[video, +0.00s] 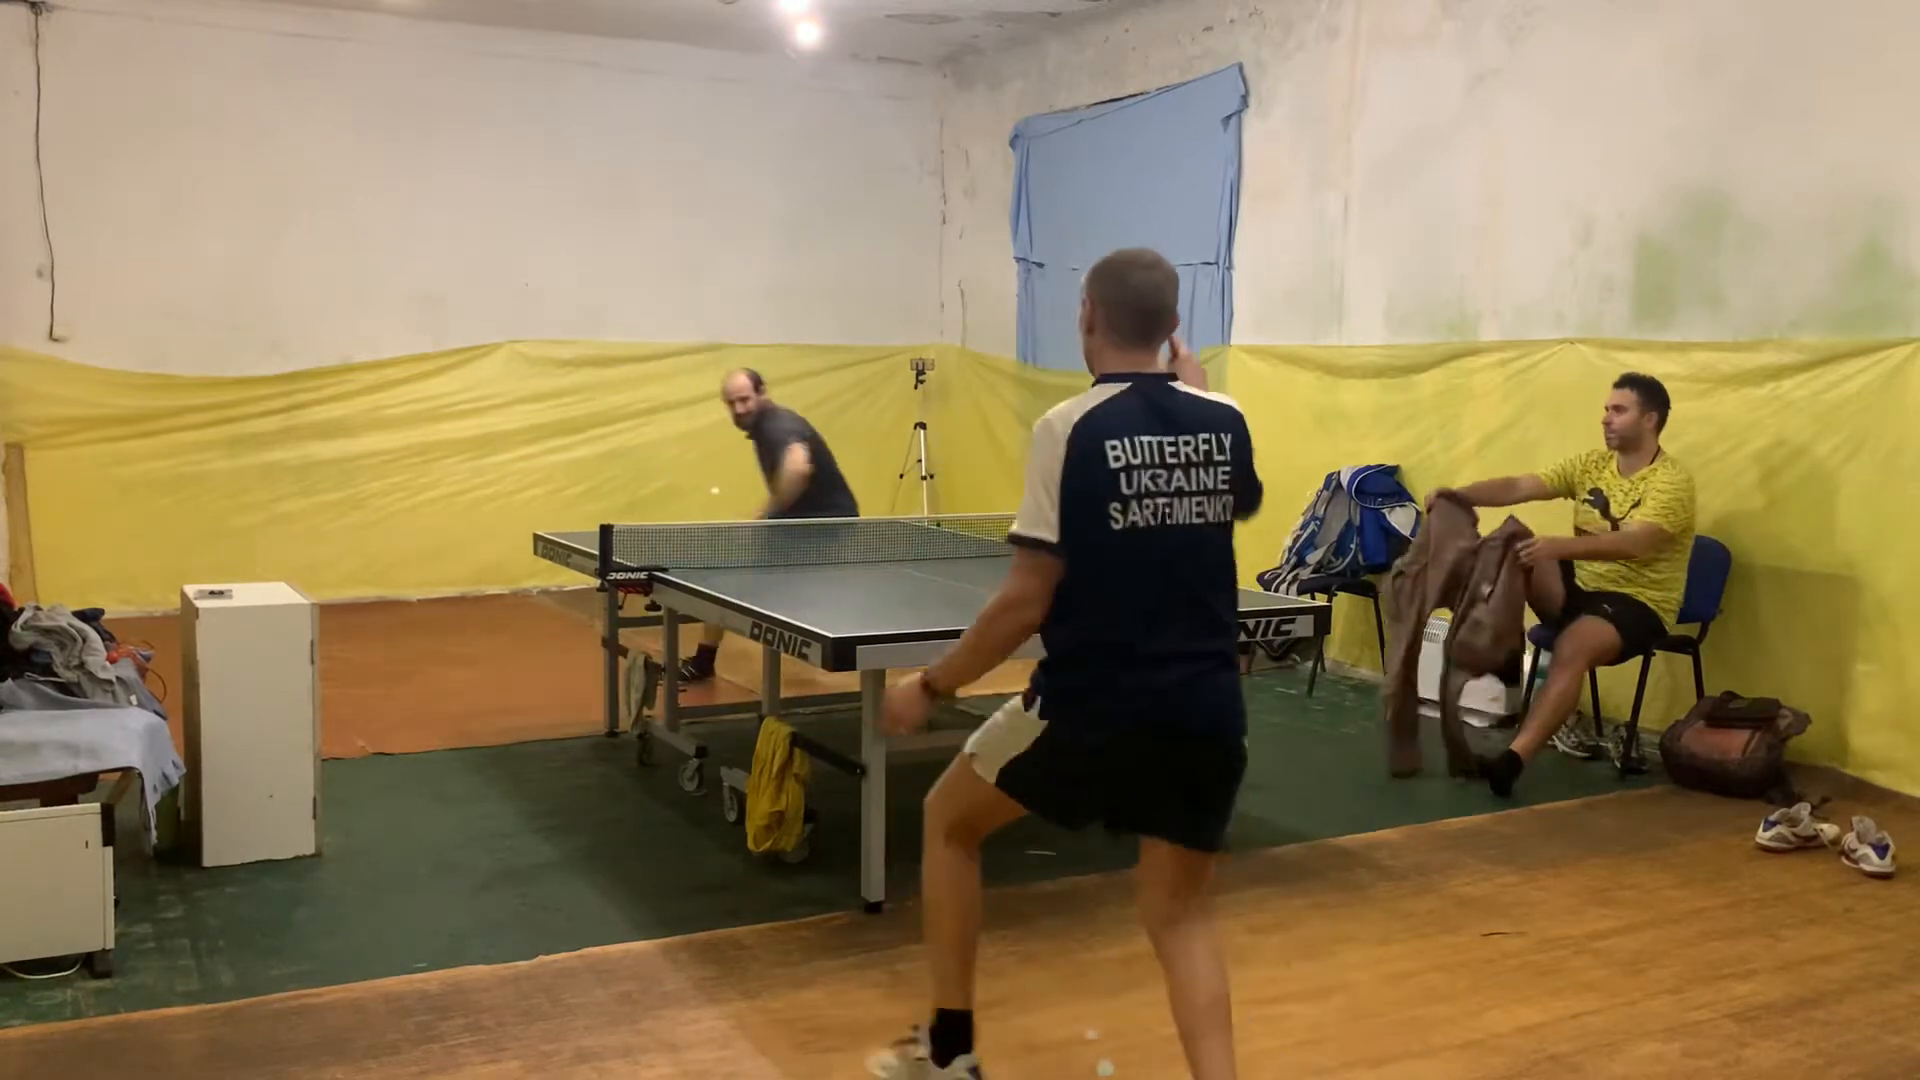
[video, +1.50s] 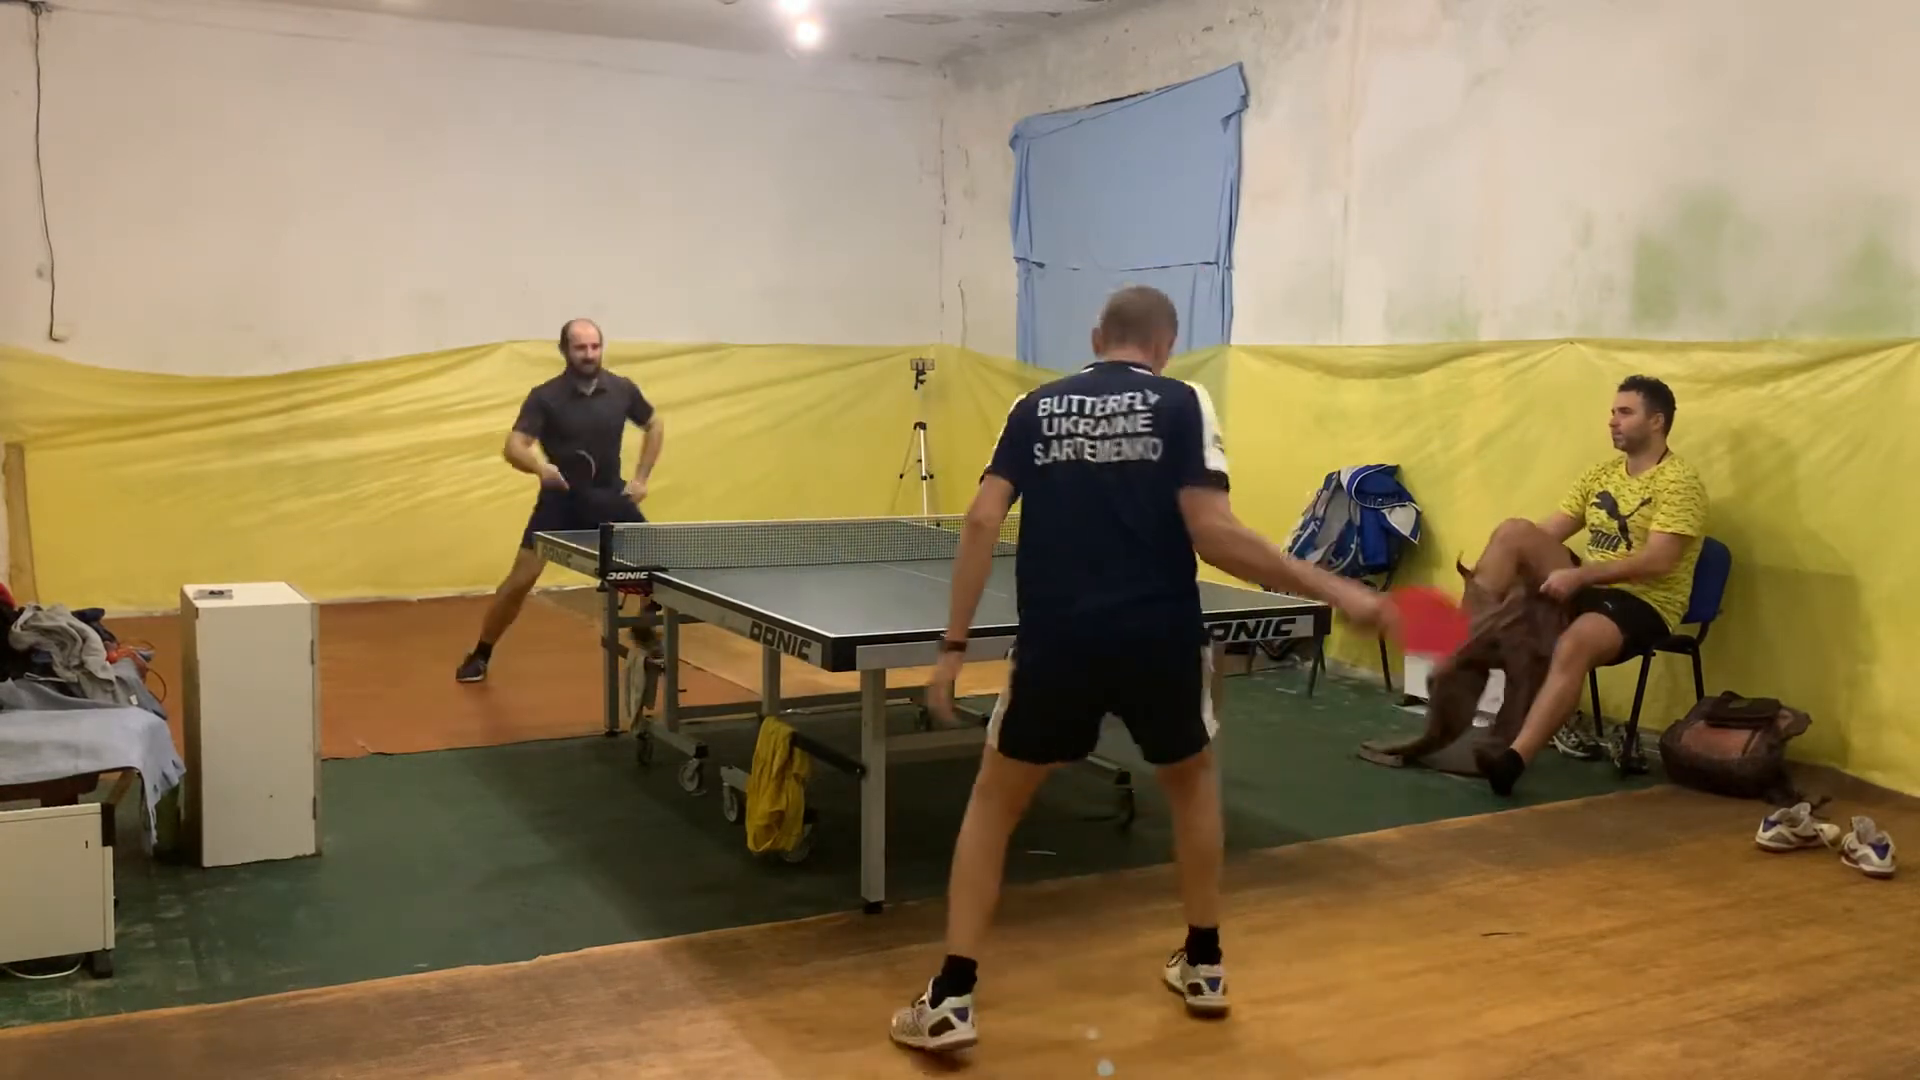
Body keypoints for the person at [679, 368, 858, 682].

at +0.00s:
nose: (738, 410)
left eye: (744, 400)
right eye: (731, 403)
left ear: (762, 395)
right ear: (725, 404)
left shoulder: (779, 423)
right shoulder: (763, 427)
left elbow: (798, 469)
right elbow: (785, 478)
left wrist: (768, 513)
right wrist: (770, 514)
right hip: (800, 525)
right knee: (722, 567)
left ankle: (704, 659)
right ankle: (704, 658)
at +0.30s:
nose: (857, 358)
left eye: (864, 351)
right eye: (853, 353)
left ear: (886, 355)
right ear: (851, 358)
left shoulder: (912, 399)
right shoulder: (845, 391)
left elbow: (928, 450)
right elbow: (810, 374)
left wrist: (886, 468)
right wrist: (834, 323)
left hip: (882, 515)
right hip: (830, 509)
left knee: (905, 587)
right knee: (778, 557)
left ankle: (948, 662)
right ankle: (772, 643)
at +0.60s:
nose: (839, 351)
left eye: (846, 344)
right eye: (831, 346)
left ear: (859, 347)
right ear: (823, 352)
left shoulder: (884, 386)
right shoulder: (815, 394)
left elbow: (921, 429)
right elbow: (777, 439)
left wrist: (898, 463)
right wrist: (787, 412)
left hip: (887, 502)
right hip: (835, 502)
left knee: (925, 573)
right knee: (803, 570)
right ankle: (797, 655)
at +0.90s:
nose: (756, 344)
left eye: (763, 336)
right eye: (749, 338)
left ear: (778, 335)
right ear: (741, 343)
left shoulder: (809, 372)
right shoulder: (744, 381)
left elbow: (852, 411)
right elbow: (722, 428)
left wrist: (843, 466)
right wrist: (699, 460)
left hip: (813, 488)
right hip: (765, 486)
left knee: (831, 563)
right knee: (725, 551)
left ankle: (837, 637)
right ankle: (715, 639)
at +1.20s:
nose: (627, 345)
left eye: (633, 336)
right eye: (618, 339)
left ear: (646, 335)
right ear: (610, 344)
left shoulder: (679, 366)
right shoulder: (614, 388)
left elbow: (728, 398)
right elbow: (598, 424)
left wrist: (713, 440)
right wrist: (590, 453)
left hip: (711, 474)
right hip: (668, 479)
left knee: (742, 543)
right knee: (641, 546)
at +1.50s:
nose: (589, 353)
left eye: (595, 346)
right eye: (580, 348)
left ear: (602, 348)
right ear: (565, 351)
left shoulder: (622, 390)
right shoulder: (545, 396)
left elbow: (654, 424)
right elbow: (514, 447)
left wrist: (641, 477)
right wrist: (541, 468)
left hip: (610, 501)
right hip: (559, 502)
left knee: (662, 565)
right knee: (520, 582)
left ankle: (644, 624)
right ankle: (481, 653)